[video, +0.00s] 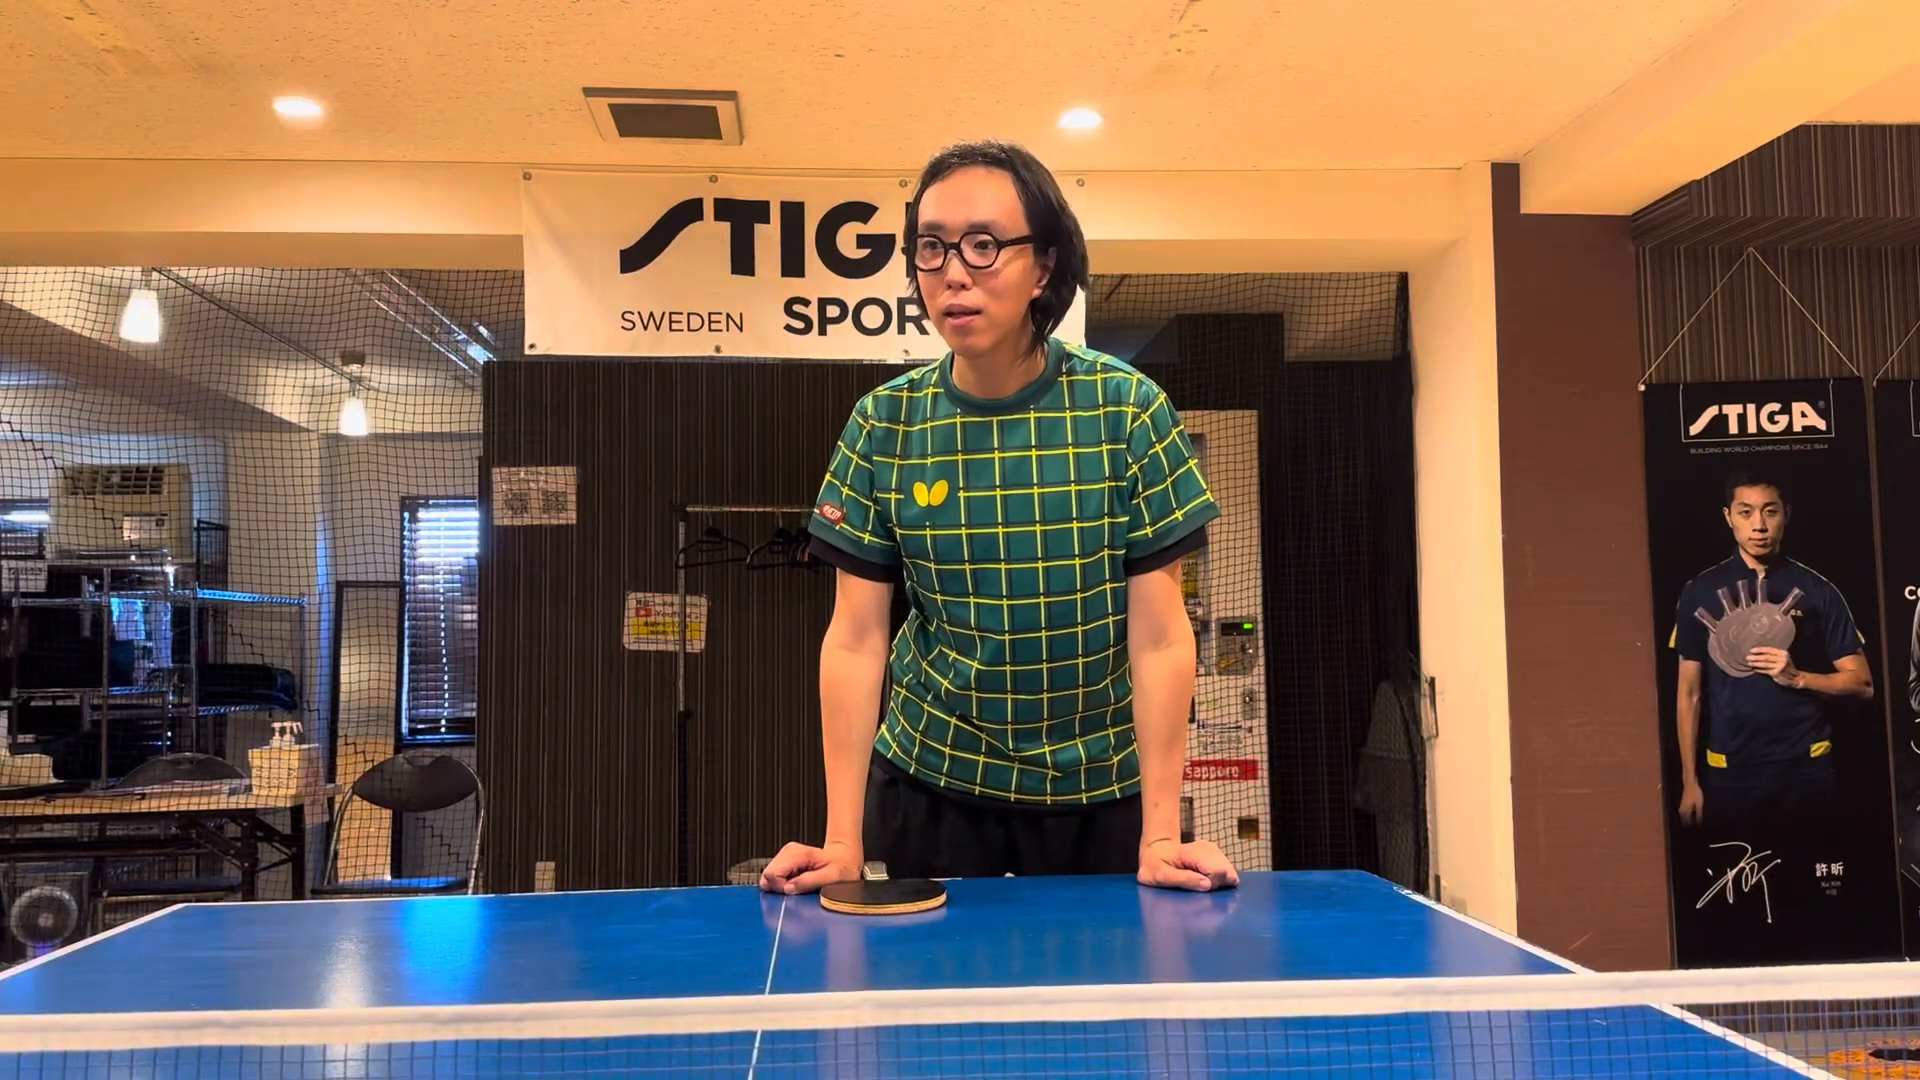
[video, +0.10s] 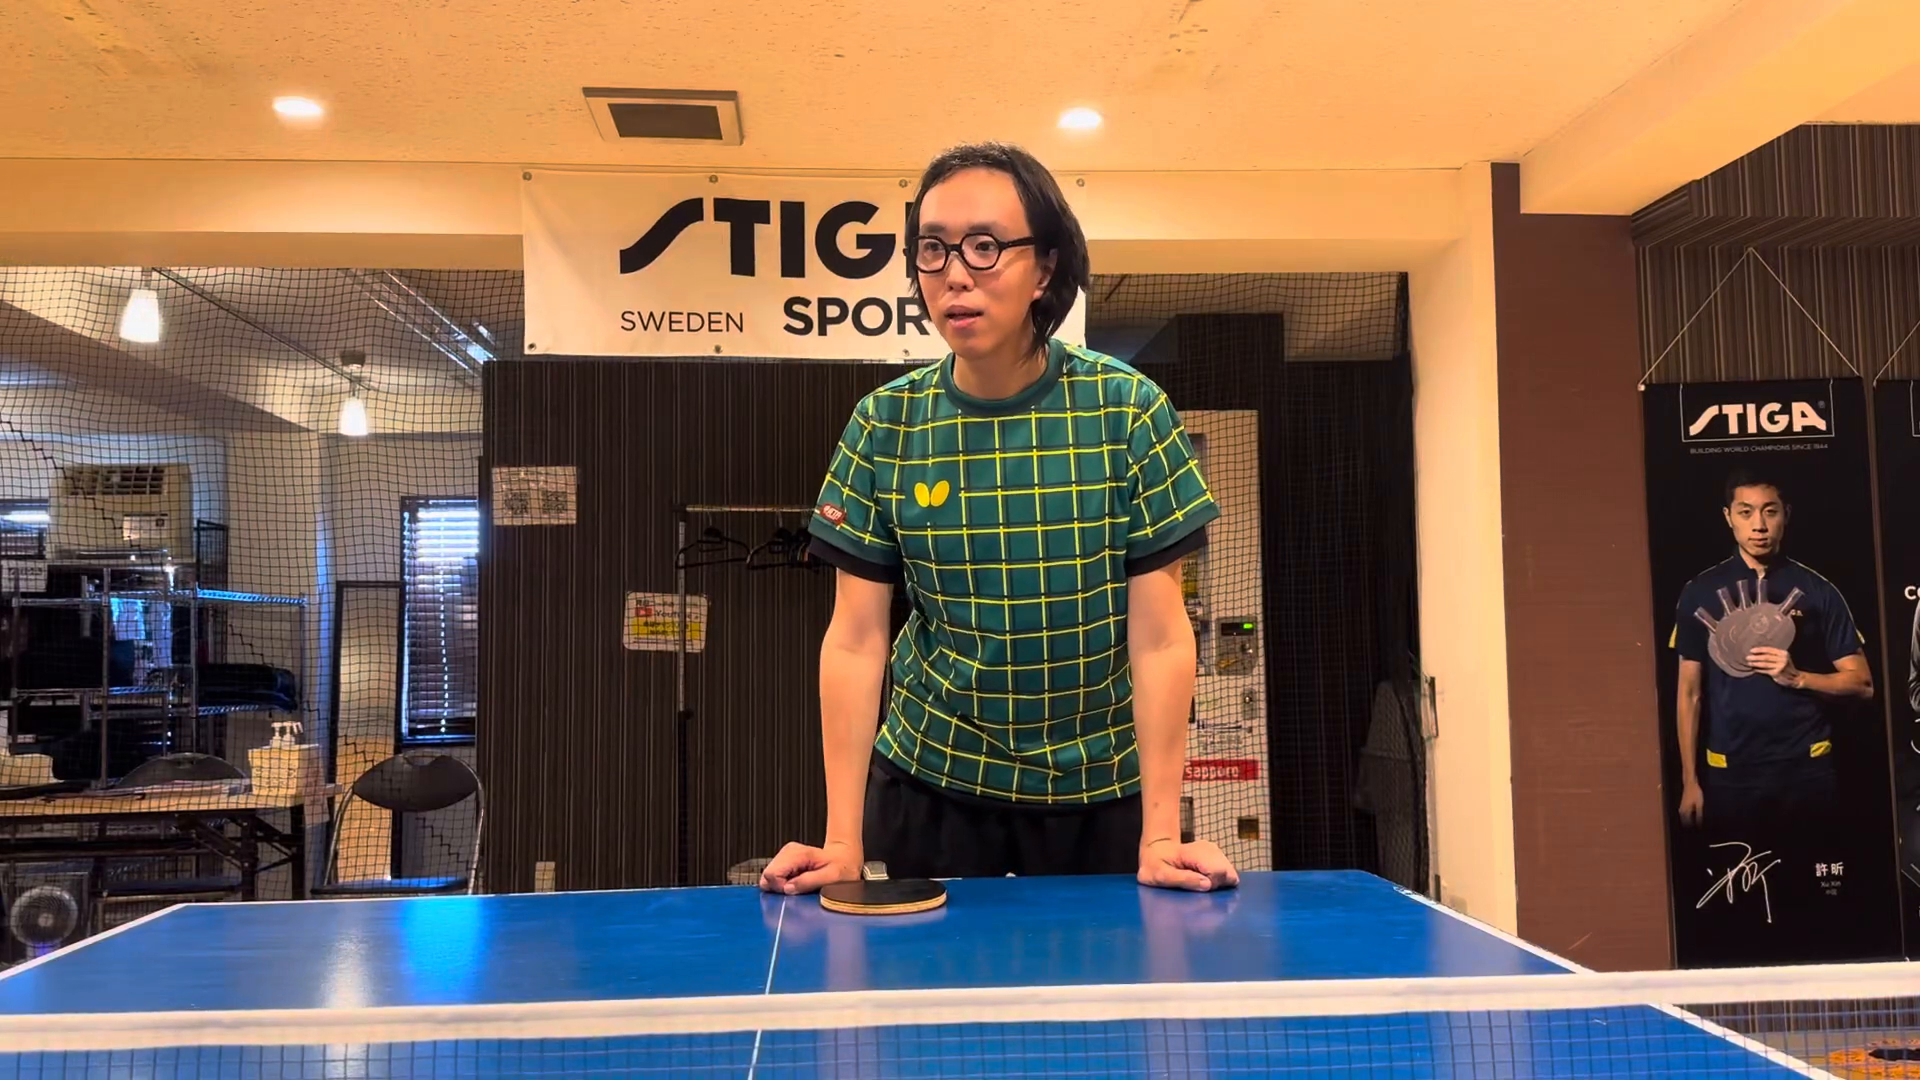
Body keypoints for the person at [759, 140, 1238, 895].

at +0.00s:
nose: (952, 272)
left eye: (984, 245)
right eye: (933, 246)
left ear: (1044, 269)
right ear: (915, 267)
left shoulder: (1124, 409)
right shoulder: (886, 420)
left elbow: (1160, 637)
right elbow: (855, 639)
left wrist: (1163, 835)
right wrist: (842, 843)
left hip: (1095, 816)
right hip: (927, 812)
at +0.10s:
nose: (954, 273)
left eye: (986, 246)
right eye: (935, 248)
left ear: (1045, 270)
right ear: (916, 268)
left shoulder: (1126, 410)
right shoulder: (887, 421)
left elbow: (1160, 637)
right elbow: (854, 639)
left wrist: (1163, 835)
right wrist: (842, 843)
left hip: (1095, 815)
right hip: (928, 810)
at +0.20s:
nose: (955, 274)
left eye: (986, 248)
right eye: (936, 249)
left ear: (1045, 272)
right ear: (917, 270)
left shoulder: (1126, 411)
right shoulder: (887, 422)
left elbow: (1160, 638)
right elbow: (854, 641)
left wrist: (1163, 835)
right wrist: (841, 842)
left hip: (1096, 814)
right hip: (928, 810)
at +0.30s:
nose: (955, 276)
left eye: (987, 249)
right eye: (936, 250)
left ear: (1045, 273)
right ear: (917, 270)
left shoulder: (1126, 412)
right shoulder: (887, 423)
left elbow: (1160, 638)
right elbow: (854, 642)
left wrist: (1163, 834)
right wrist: (841, 842)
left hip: (1096, 813)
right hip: (929, 809)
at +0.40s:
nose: (956, 276)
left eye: (987, 249)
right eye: (936, 250)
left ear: (1045, 274)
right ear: (918, 270)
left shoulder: (1125, 412)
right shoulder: (888, 423)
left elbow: (1159, 638)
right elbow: (854, 642)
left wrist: (1163, 834)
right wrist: (841, 841)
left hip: (1096, 813)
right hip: (929, 809)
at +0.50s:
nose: (956, 276)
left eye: (987, 249)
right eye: (937, 251)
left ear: (1045, 274)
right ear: (918, 271)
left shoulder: (1125, 413)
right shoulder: (887, 424)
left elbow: (1160, 639)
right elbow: (853, 643)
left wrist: (1163, 834)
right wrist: (841, 841)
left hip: (1096, 811)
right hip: (929, 807)